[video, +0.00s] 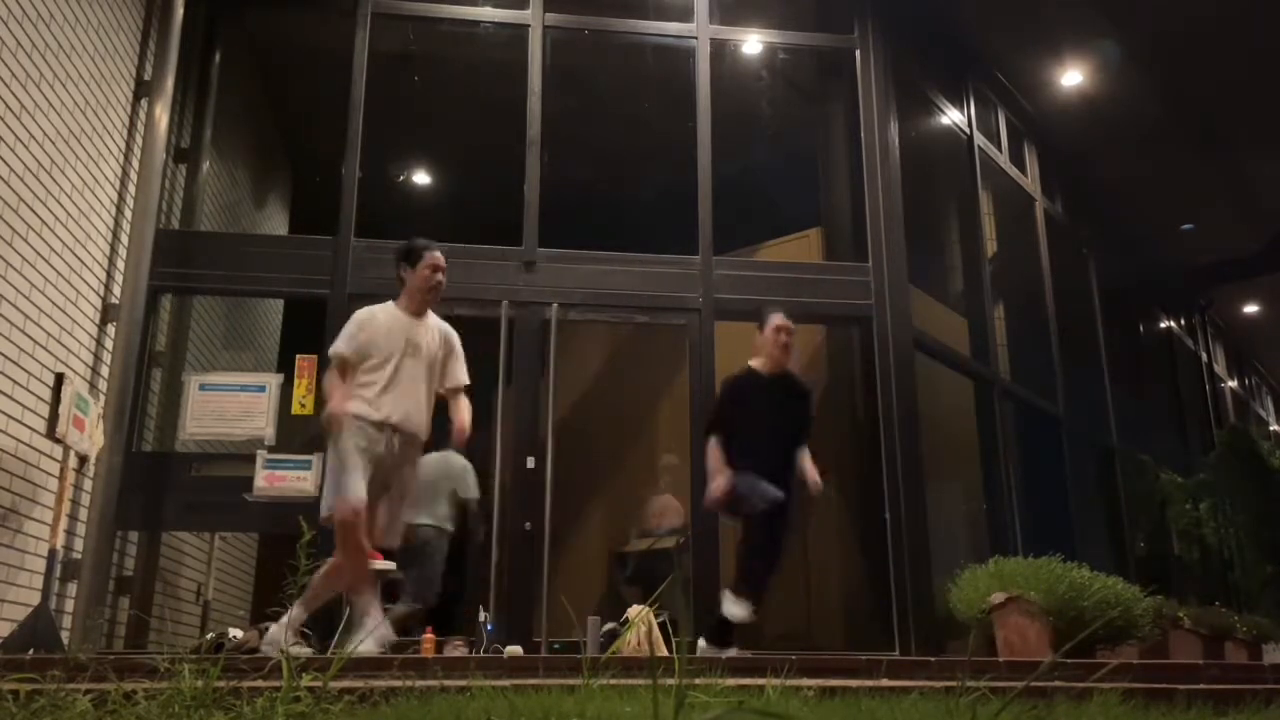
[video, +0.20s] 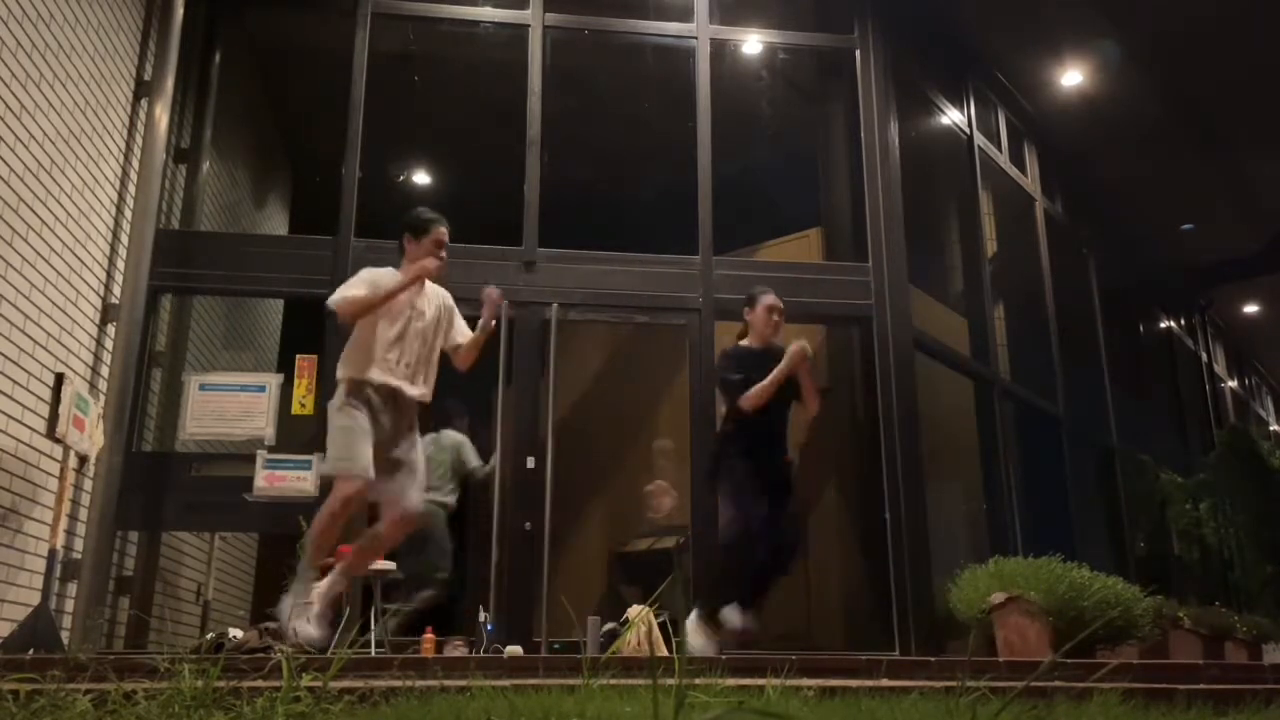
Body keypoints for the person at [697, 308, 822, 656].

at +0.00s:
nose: (785, 339)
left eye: (789, 333)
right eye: (777, 331)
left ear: (794, 340)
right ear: (760, 336)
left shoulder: (798, 390)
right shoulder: (738, 384)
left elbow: (799, 441)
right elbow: (714, 434)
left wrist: (810, 471)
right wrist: (718, 473)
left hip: (781, 482)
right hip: (741, 477)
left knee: (762, 555)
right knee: (766, 508)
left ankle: (719, 640)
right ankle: (742, 591)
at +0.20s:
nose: (777, 319)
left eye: (780, 313)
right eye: (770, 311)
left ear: (782, 319)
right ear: (749, 314)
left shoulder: (783, 359)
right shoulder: (731, 357)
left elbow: (811, 408)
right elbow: (747, 401)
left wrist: (802, 368)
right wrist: (786, 365)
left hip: (772, 458)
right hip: (735, 457)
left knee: (780, 535)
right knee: (739, 531)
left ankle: (740, 603)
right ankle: (702, 614)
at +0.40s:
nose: (802, 355)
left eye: (804, 350)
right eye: (795, 346)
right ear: (772, 347)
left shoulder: (791, 395)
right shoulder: (749, 388)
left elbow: (803, 451)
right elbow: (769, 422)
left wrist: (814, 423)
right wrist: (807, 408)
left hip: (776, 491)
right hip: (742, 492)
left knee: (837, 529)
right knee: (748, 565)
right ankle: (701, 637)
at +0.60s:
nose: (871, 380)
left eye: (873, 373)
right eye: (865, 371)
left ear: (859, 377)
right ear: (841, 371)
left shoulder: (849, 417)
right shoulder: (820, 407)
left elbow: (819, 465)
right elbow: (795, 455)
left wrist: (835, 505)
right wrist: (804, 510)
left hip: (821, 508)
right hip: (785, 506)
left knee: (873, 568)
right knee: (764, 580)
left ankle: (918, 636)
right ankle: (701, 639)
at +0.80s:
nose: (931, 364)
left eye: (933, 358)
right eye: (924, 355)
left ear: (929, 368)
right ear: (902, 360)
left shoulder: (910, 413)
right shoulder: (876, 388)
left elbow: (892, 470)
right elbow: (824, 400)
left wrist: (915, 477)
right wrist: (783, 431)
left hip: (862, 494)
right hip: (821, 483)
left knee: (897, 557)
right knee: (768, 538)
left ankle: (920, 638)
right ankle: (706, 594)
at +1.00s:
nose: (929, 334)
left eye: (933, 329)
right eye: (921, 328)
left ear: (938, 341)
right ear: (905, 338)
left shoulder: (934, 386)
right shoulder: (888, 360)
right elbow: (834, 378)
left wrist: (951, 409)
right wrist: (796, 409)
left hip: (892, 478)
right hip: (851, 463)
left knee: (916, 547)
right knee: (799, 504)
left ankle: (920, 638)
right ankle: (723, 504)